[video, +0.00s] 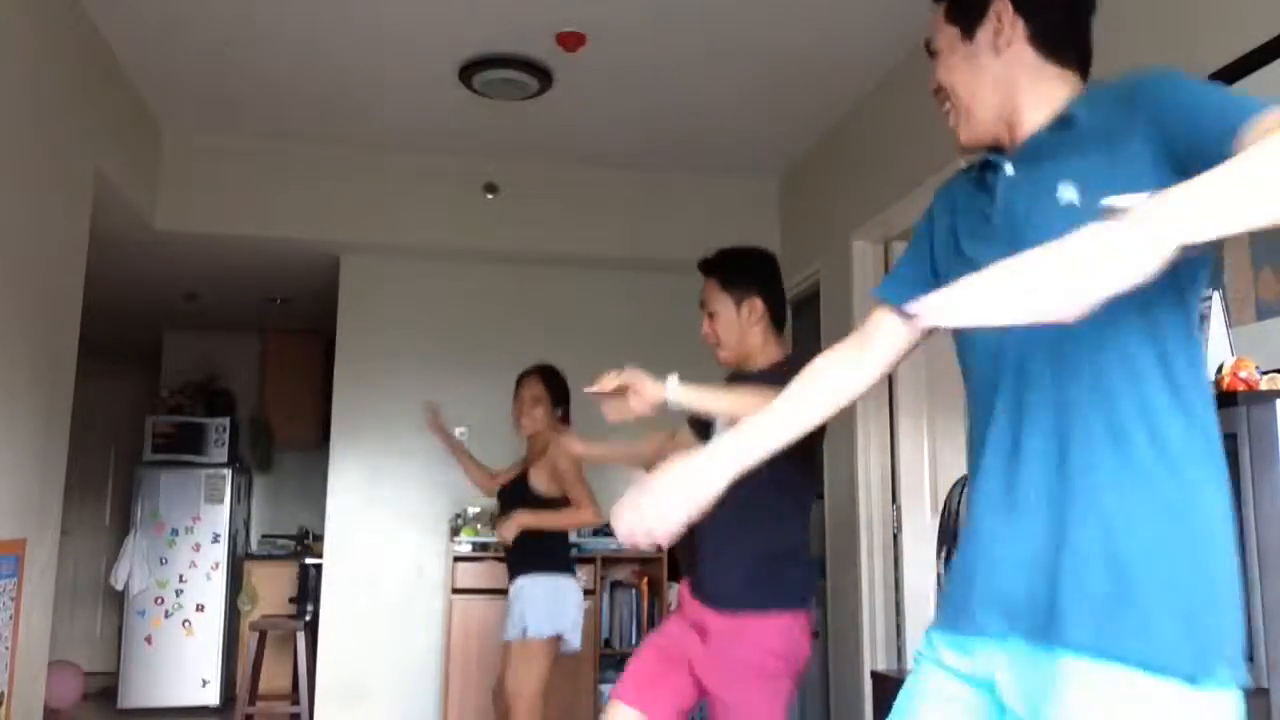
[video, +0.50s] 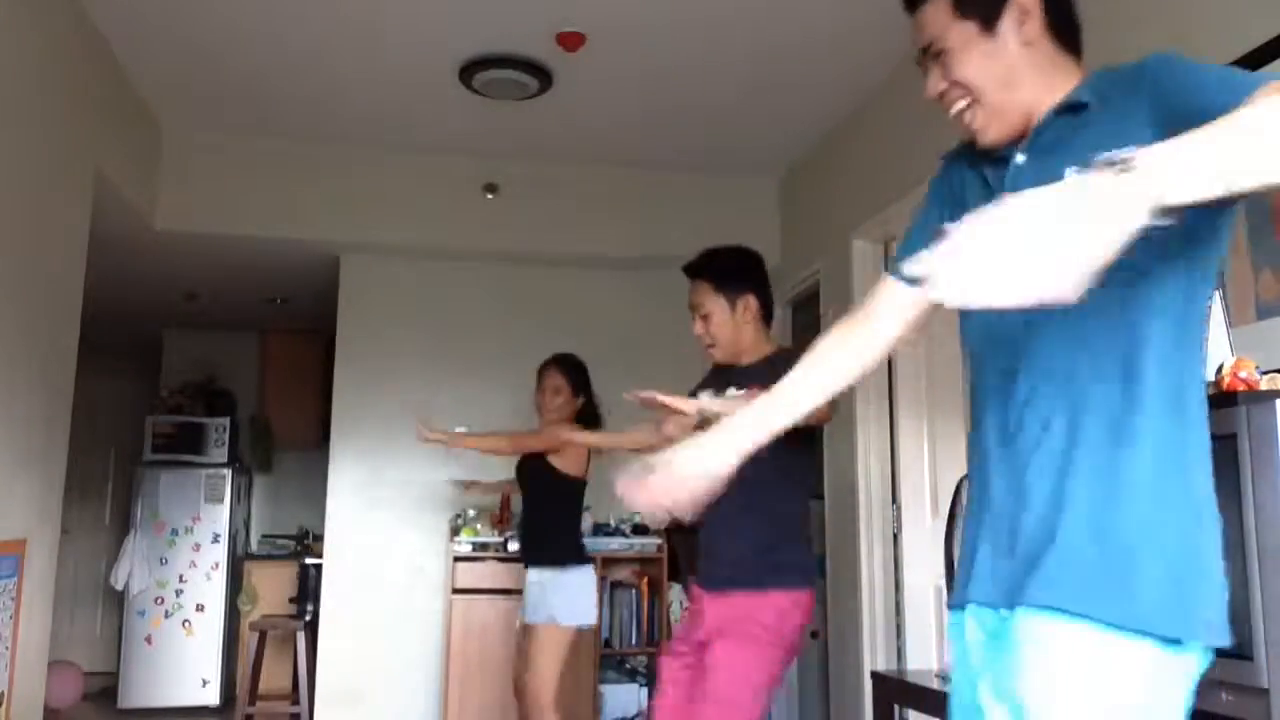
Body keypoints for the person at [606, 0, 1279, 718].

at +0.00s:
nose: (933, 82)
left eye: (939, 52)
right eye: (931, 61)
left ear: (1003, 26)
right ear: (992, 36)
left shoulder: (1152, 108)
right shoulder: (957, 206)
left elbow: (1277, 142)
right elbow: (864, 352)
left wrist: (1143, 233)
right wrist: (705, 470)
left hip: (1149, 622)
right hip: (986, 617)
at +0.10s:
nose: (923, 84)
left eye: (927, 53)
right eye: (920, 61)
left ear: (986, 26)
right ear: (985, 31)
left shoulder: (1122, 95)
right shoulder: (963, 206)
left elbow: (1248, 134)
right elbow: (893, 355)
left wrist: (1262, 254)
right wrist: (777, 379)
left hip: (1121, 591)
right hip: (976, 586)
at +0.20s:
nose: (908, 125)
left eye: (909, 93)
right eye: (904, 101)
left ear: (967, 68)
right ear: (967, 72)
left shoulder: (1101, 137)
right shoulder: (969, 235)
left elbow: (1210, 195)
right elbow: (924, 406)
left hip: (1098, 614)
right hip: (978, 609)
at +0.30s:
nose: (902, 143)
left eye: (902, 113)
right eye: (896, 119)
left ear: (960, 86)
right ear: (959, 91)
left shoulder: (1102, 158)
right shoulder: (975, 256)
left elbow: (1229, 208)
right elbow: (915, 421)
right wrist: (890, 343)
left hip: (1097, 614)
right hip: (999, 611)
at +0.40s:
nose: (910, 117)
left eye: (915, 84)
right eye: (904, 95)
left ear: (987, 46)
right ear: (983, 53)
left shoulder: (1127, 115)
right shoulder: (965, 212)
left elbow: (1258, 135)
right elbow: (895, 366)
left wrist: (1267, 187)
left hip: (1111, 592)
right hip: (995, 591)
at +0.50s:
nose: (932, 86)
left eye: (941, 54)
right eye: (927, 66)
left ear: (1022, 22)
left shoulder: (1150, 90)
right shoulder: (965, 179)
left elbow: (1277, 115)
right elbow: (877, 323)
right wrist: (725, 442)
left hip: (1121, 573)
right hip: (994, 572)